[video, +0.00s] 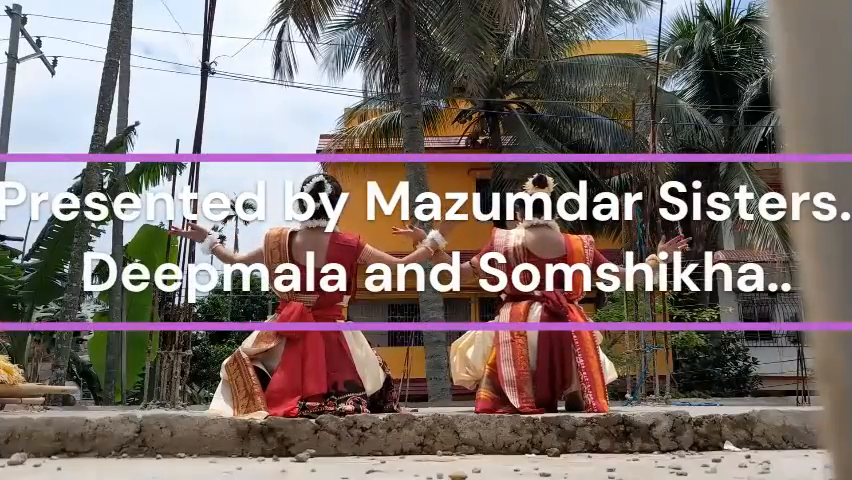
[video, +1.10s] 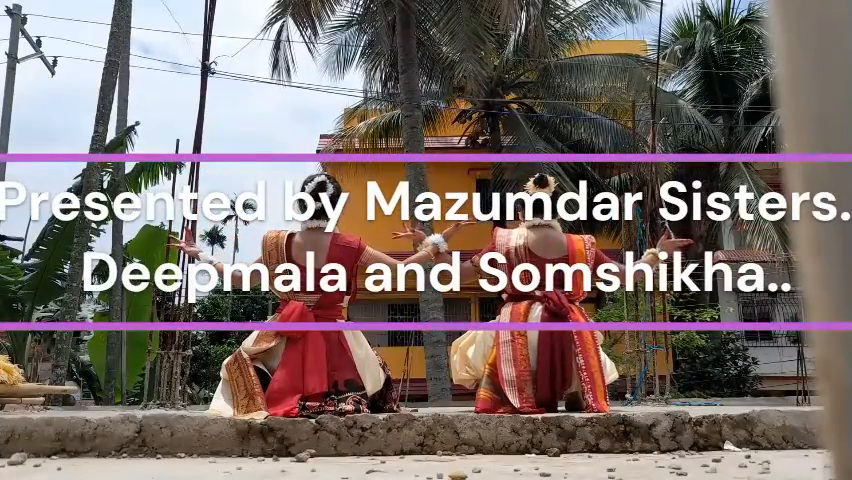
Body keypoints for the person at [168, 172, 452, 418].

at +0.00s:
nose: (333, 209)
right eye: (335, 203)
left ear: (300, 205)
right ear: (335, 206)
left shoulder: (277, 241)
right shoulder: (348, 245)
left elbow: (234, 259)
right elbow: (400, 264)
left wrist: (205, 237)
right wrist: (430, 247)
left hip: (288, 345)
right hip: (335, 345)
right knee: (379, 387)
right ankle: (343, 401)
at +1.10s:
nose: (337, 207)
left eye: (318, 201)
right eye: (337, 201)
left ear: (300, 204)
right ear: (337, 207)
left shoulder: (276, 245)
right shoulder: (349, 248)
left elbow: (246, 280)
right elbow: (402, 267)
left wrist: (200, 256)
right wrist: (431, 247)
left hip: (289, 350)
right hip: (336, 349)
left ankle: (289, 392)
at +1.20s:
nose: (334, 207)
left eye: (315, 200)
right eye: (336, 201)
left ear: (300, 203)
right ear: (337, 206)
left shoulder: (275, 244)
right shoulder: (348, 248)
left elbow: (247, 281)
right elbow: (402, 267)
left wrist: (200, 256)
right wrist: (431, 248)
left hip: (288, 350)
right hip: (336, 350)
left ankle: (290, 392)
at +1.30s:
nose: (338, 207)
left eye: (331, 201)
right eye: (338, 202)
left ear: (300, 205)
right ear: (337, 206)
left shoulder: (276, 244)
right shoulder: (349, 247)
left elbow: (241, 280)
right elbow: (402, 265)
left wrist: (200, 254)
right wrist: (432, 246)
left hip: (287, 343)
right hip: (333, 344)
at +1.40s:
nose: (340, 206)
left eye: (333, 201)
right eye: (340, 202)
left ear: (300, 204)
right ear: (337, 206)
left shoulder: (275, 244)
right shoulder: (348, 247)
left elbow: (241, 280)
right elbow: (403, 264)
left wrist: (200, 254)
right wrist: (431, 245)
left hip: (288, 350)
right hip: (335, 350)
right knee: (376, 389)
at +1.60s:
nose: (338, 206)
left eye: (317, 200)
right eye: (338, 201)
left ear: (300, 203)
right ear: (336, 206)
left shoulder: (276, 245)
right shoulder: (349, 247)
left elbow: (236, 278)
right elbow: (404, 264)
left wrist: (199, 252)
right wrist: (435, 246)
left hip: (289, 349)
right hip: (335, 349)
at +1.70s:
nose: (333, 207)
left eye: (315, 201)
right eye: (336, 201)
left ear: (301, 204)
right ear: (338, 207)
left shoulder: (277, 245)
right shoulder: (353, 248)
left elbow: (235, 273)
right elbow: (407, 265)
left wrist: (195, 245)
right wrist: (440, 245)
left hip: (288, 348)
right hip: (336, 348)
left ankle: (287, 394)